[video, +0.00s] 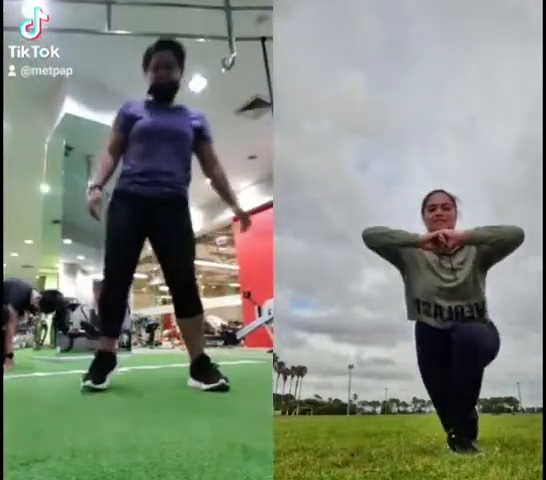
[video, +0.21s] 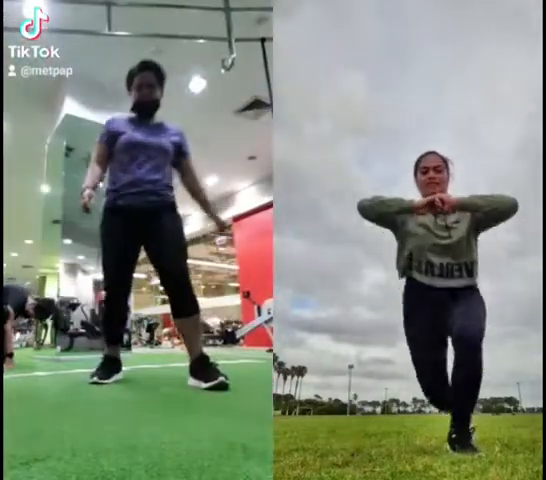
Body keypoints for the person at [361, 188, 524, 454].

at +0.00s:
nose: (439, 213)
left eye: (446, 208)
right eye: (432, 209)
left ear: (456, 215)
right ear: (424, 217)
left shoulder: (476, 254)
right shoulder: (410, 255)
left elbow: (516, 235)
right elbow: (370, 236)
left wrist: (464, 237)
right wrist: (419, 240)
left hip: (475, 332)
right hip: (431, 335)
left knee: (467, 341)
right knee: (444, 400)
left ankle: (463, 431)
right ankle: (460, 439)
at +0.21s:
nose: (432, 176)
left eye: (438, 171)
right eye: (425, 171)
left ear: (448, 177)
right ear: (416, 180)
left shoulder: (468, 216)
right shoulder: (404, 218)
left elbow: (509, 205)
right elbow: (365, 207)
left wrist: (459, 203)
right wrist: (412, 206)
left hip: (464, 297)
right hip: (421, 299)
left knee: (469, 342)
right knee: (434, 390)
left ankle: (460, 433)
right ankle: (460, 406)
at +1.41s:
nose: (342, 194)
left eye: (349, 188)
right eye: (335, 188)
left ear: (359, 194)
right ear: (326, 195)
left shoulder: (370, 228)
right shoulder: (313, 234)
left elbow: (395, 234)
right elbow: (273, 245)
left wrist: (351, 215)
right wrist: (319, 219)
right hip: (329, 311)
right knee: (314, 346)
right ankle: (330, 438)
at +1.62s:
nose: (344, 226)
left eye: (351, 220)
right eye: (338, 220)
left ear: (361, 228)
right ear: (328, 227)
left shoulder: (370, 261)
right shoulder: (312, 265)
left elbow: (388, 278)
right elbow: (271, 274)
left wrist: (348, 253)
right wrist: (319, 254)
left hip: (361, 350)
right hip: (323, 344)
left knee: (345, 435)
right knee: (308, 347)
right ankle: (330, 437)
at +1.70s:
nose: (346, 226)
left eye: (353, 221)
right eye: (339, 220)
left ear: (363, 228)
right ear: (329, 227)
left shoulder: (369, 263)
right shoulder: (312, 264)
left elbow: (390, 277)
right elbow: (273, 271)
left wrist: (351, 252)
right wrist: (320, 252)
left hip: (360, 351)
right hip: (323, 347)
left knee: (344, 435)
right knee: (308, 344)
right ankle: (330, 436)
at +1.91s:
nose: (348, 198)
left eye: (355, 193)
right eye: (342, 193)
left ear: (365, 200)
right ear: (333, 200)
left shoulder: (377, 237)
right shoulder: (320, 235)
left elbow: (402, 239)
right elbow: (280, 239)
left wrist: (359, 218)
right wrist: (327, 220)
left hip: (367, 319)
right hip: (326, 314)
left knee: (353, 390)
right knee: (316, 352)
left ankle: (327, 436)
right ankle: (331, 437)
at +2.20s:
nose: (366, 172)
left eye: (372, 166)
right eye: (358, 167)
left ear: (382, 173)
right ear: (348, 174)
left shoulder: (395, 212)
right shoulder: (336, 209)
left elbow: (430, 221)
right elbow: (301, 226)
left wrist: (387, 199)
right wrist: (349, 203)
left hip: (385, 295)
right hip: (341, 293)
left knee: (408, 347)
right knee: (326, 348)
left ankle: (403, 417)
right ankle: (330, 436)